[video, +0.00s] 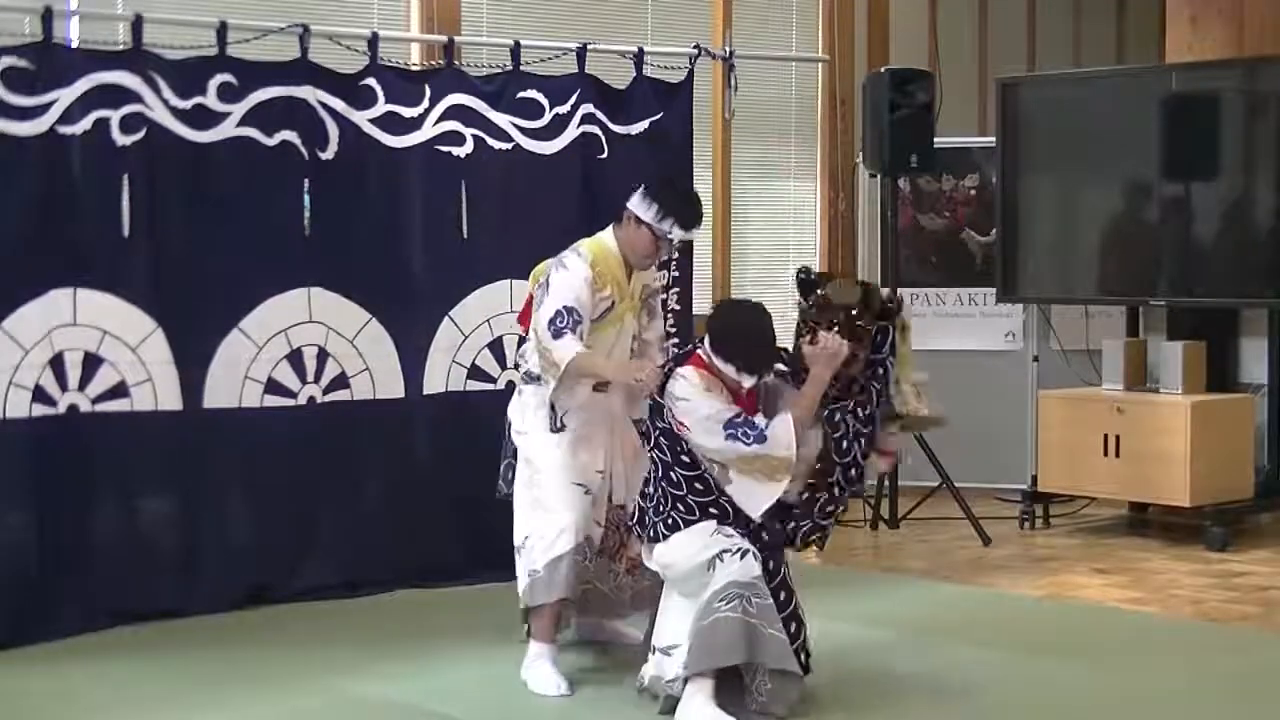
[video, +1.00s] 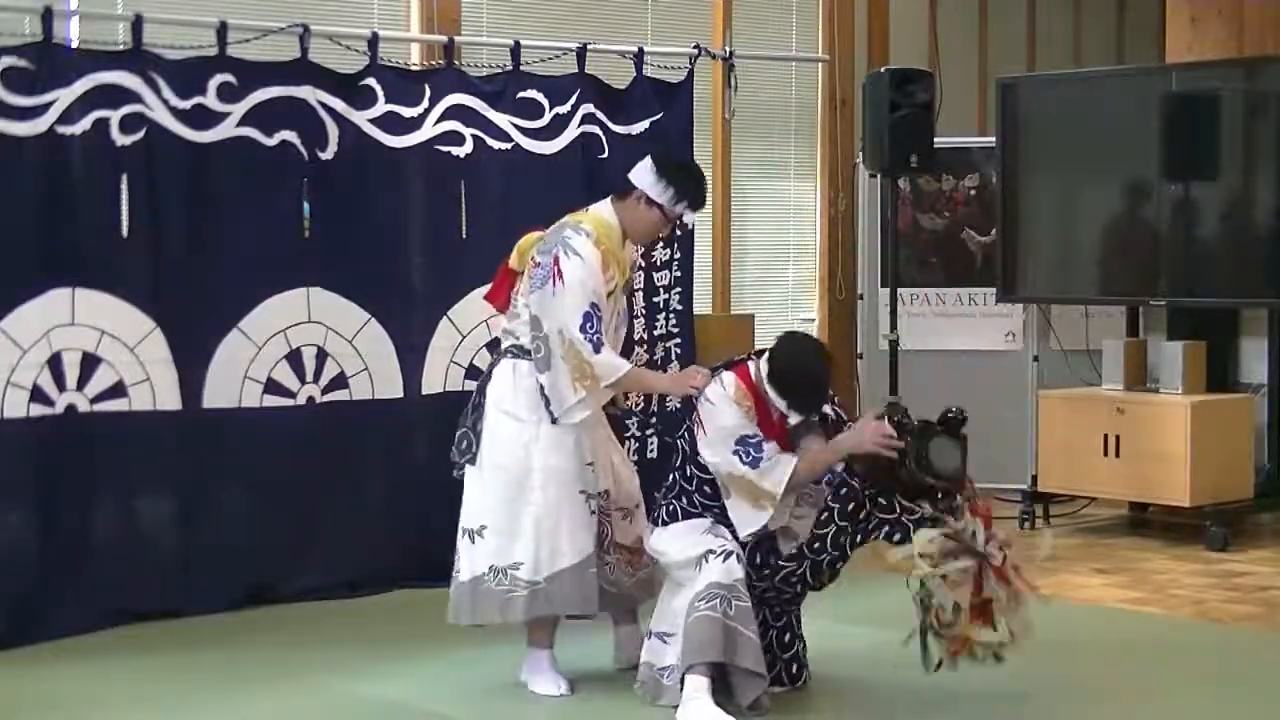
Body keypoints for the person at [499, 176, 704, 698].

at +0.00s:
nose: (666, 252)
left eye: (671, 243)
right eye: (661, 239)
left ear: (655, 234)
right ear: (632, 222)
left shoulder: (649, 277)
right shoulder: (577, 270)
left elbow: (651, 348)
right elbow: (560, 350)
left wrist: (651, 376)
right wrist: (624, 369)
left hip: (613, 412)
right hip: (556, 415)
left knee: (617, 513)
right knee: (561, 524)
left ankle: (596, 614)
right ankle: (540, 652)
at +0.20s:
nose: (655, 256)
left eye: (660, 247)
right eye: (651, 245)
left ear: (634, 234)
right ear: (622, 228)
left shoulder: (634, 279)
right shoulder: (572, 274)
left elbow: (633, 350)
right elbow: (571, 362)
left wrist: (641, 382)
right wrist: (645, 384)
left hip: (605, 420)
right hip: (556, 424)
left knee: (628, 517)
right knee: (574, 528)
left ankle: (606, 615)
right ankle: (543, 652)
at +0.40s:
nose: (649, 254)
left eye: (655, 244)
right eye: (646, 242)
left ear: (629, 232)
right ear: (616, 227)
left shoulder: (629, 275)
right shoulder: (566, 274)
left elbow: (631, 356)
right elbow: (578, 368)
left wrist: (650, 384)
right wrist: (656, 383)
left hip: (604, 421)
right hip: (551, 427)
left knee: (630, 522)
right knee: (578, 535)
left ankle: (615, 624)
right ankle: (542, 652)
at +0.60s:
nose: (649, 244)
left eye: (655, 235)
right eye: (647, 232)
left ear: (622, 219)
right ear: (618, 216)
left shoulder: (618, 264)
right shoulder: (561, 263)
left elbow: (624, 349)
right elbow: (580, 365)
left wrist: (653, 385)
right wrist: (660, 387)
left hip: (584, 408)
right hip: (533, 413)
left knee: (620, 510)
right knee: (559, 527)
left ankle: (606, 616)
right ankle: (541, 652)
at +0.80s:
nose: (652, 238)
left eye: (658, 227)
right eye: (652, 224)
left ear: (628, 208)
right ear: (624, 205)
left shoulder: (602, 254)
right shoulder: (566, 254)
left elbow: (594, 352)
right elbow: (581, 360)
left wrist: (628, 391)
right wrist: (659, 387)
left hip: (570, 409)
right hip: (522, 411)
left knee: (625, 511)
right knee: (545, 522)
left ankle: (617, 628)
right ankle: (540, 654)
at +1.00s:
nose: (666, 235)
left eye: (673, 226)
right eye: (668, 222)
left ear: (642, 202)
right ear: (642, 200)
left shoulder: (614, 249)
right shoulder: (577, 246)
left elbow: (598, 348)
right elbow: (583, 353)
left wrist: (625, 391)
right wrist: (663, 382)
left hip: (574, 404)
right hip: (533, 403)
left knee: (618, 507)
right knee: (551, 519)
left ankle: (630, 640)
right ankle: (539, 658)